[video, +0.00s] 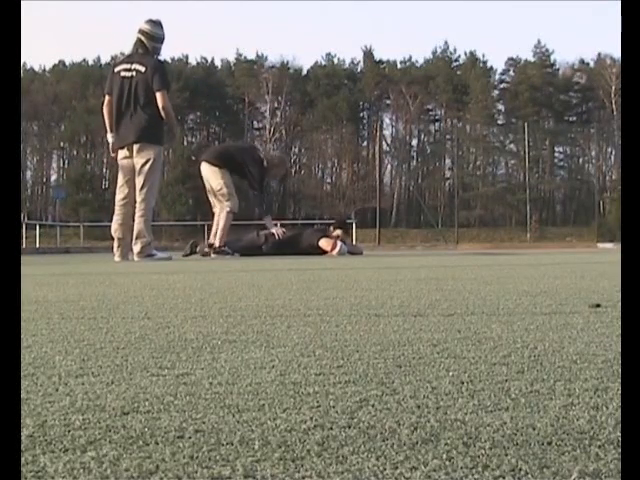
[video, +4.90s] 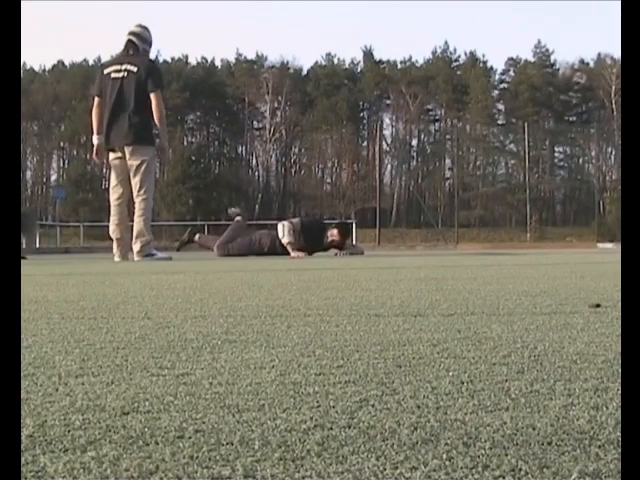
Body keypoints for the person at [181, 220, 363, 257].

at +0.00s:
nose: (338, 241)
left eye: (340, 239)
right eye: (339, 237)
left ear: (334, 234)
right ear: (333, 233)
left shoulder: (324, 238)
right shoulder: (319, 236)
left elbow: (355, 251)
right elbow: (333, 248)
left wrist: (345, 246)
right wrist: (351, 248)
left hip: (271, 240)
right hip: (269, 242)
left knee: (233, 245)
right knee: (232, 247)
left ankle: (203, 246)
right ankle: (201, 248)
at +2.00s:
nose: (339, 242)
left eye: (342, 240)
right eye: (340, 238)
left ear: (338, 239)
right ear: (335, 235)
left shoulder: (326, 239)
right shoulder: (321, 238)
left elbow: (357, 251)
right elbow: (333, 249)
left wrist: (345, 247)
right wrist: (343, 247)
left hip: (273, 240)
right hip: (270, 242)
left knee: (234, 246)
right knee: (233, 249)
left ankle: (199, 251)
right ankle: (197, 252)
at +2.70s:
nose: (336, 241)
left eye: (339, 240)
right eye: (337, 237)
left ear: (338, 240)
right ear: (334, 234)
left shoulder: (325, 241)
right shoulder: (322, 237)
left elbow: (354, 251)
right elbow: (328, 246)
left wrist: (346, 247)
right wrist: (336, 249)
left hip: (267, 244)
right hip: (266, 243)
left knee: (229, 248)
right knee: (229, 248)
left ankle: (195, 252)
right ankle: (195, 251)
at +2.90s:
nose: (337, 245)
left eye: (339, 242)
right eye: (339, 242)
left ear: (335, 236)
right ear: (335, 238)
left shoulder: (321, 237)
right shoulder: (320, 237)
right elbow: (330, 248)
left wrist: (346, 246)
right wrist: (343, 248)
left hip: (271, 238)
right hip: (272, 239)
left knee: (229, 247)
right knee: (230, 249)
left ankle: (193, 252)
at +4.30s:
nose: (342, 242)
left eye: (345, 241)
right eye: (342, 238)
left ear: (345, 241)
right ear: (337, 233)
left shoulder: (329, 242)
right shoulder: (313, 234)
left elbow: (359, 251)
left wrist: (344, 249)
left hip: (271, 247)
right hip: (266, 242)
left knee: (231, 245)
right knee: (221, 250)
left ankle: (199, 239)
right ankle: (236, 218)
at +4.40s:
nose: (343, 238)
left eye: (344, 238)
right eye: (342, 236)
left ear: (341, 239)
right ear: (336, 234)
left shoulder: (329, 242)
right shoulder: (322, 238)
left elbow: (355, 249)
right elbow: (290, 225)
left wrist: (350, 248)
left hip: (275, 244)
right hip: (270, 242)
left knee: (236, 244)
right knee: (221, 250)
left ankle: (200, 236)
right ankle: (236, 217)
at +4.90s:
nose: (334, 243)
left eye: (338, 242)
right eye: (336, 239)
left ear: (339, 240)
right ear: (333, 231)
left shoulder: (328, 240)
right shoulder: (315, 226)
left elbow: (359, 250)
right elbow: (284, 227)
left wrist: (345, 250)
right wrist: (292, 249)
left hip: (270, 248)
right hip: (265, 239)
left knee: (226, 248)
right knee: (220, 249)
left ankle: (196, 236)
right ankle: (238, 219)